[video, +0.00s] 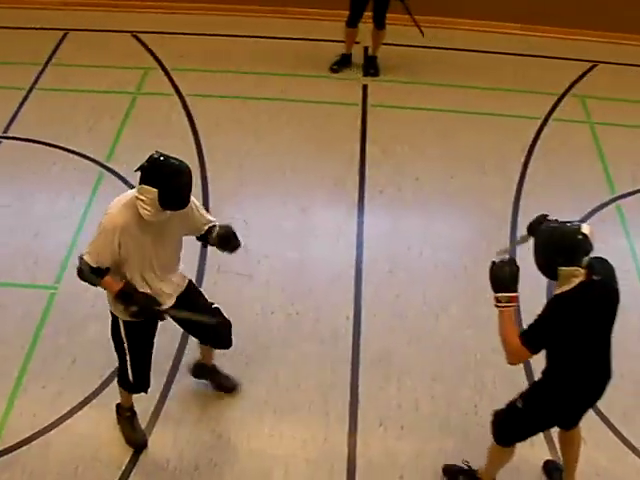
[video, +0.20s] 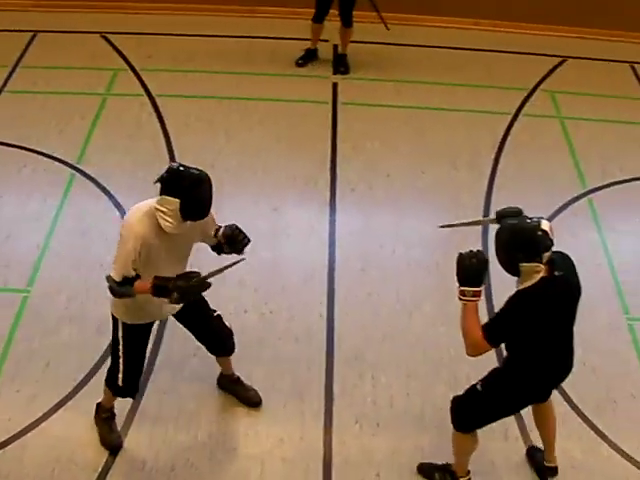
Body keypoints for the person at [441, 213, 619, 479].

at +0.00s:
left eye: (540, 252)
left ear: (547, 265)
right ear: (582, 254)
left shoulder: (561, 308)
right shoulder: (604, 276)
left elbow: (515, 354)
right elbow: (581, 256)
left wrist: (505, 297)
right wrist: (554, 233)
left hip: (563, 386)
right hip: (596, 377)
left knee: (506, 425)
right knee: (569, 423)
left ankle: (485, 475)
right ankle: (569, 475)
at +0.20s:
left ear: (508, 263)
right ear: (544, 250)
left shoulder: (521, 306)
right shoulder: (566, 272)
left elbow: (474, 347)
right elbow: (546, 253)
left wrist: (470, 291)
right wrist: (525, 229)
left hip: (526, 377)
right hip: (560, 365)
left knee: (463, 411)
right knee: (540, 393)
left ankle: (460, 472)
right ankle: (550, 461)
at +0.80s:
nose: (473, 232)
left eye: (475, 230)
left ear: (487, 243)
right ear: (516, 227)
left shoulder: (501, 282)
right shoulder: (536, 246)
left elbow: (458, 325)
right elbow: (513, 227)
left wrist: (453, 272)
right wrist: (489, 208)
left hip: (498, 355)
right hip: (529, 339)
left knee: (433, 394)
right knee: (514, 376)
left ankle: (426, 460)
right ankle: (528, 431)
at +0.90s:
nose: (470, 236)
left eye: (475, 234)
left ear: (490, 241)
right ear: (512, 228)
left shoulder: (500, 280)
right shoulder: (532, 244)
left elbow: (453, 322)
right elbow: (501, 240)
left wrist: (453, 268)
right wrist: (479, 213)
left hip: (497, 353)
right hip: (526, 339)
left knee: (429, 392)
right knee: (513, 375)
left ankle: (424, 458)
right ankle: (526, 430)